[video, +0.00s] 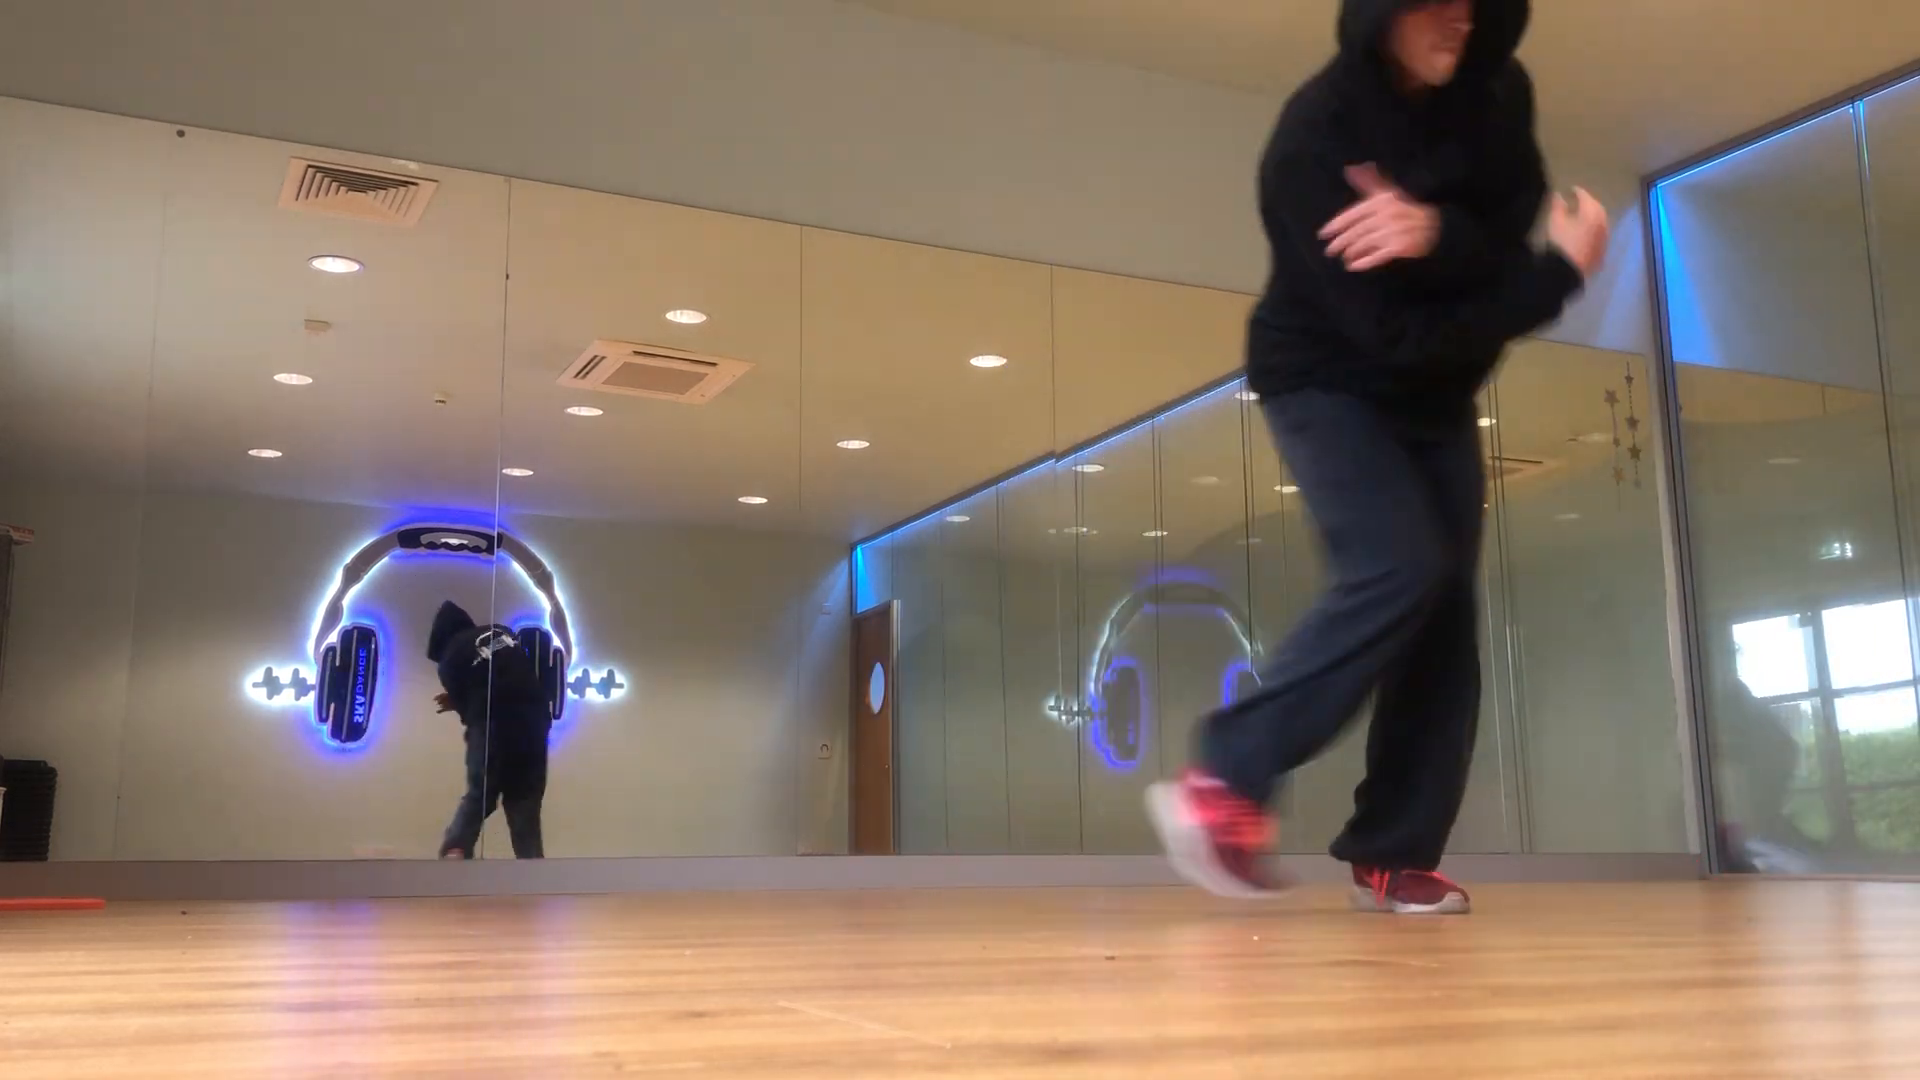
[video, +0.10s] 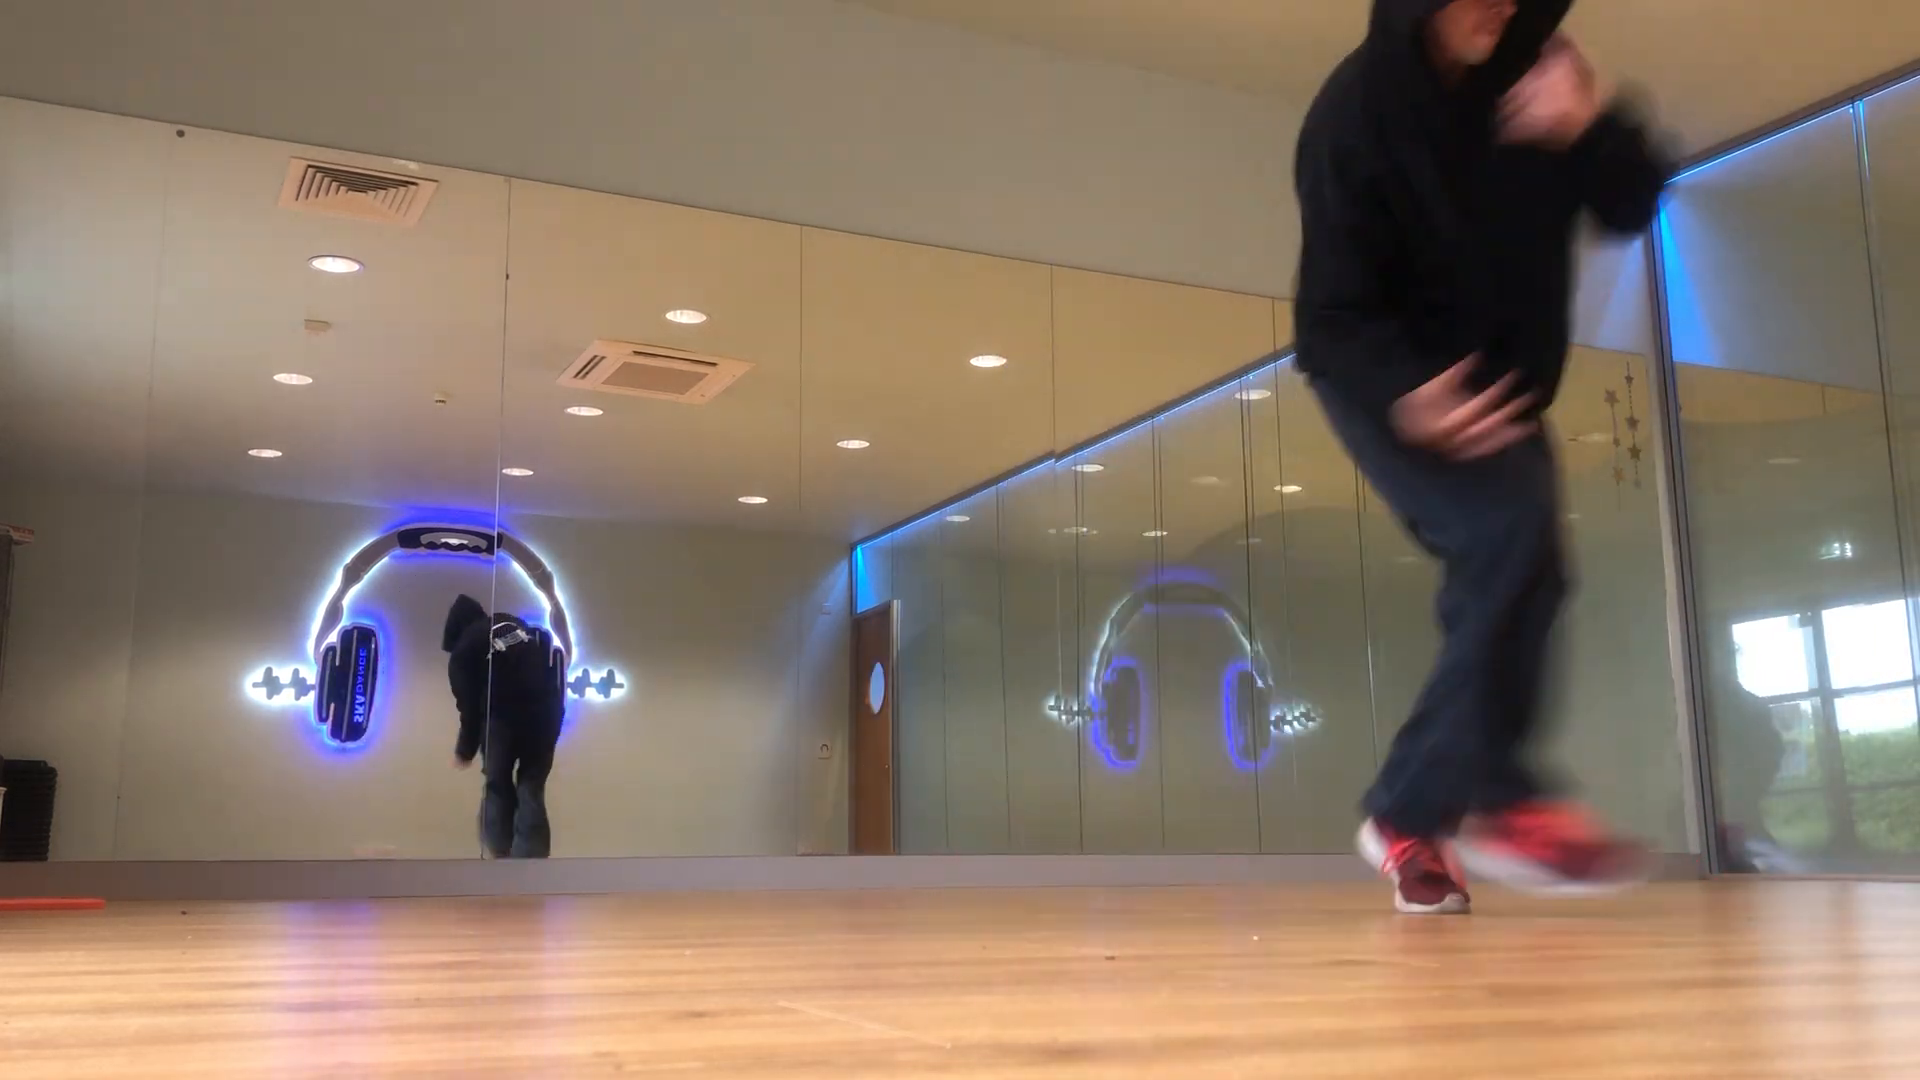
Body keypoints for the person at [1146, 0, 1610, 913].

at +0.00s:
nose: (1453, 27)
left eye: (1467, 12)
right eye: (1432, 10)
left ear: (1484, 19)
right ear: (1378, 16)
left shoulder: (1495, 92)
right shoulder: (1319, 132)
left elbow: (1518, 234)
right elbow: (1397, 328)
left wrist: (1435, 228)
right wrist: (1555, 269)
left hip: (1433, 385)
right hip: (1320, 380)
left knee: (1444, 606)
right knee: (1396, 572)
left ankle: (1392, 852)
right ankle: (1227, 775)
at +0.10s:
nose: (1491, 15)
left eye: (1505, 4)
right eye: (1472, 5)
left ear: (1522, 8)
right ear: (1427, 5)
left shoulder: (1543, 66)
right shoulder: (1361, 104)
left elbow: (1631, 204)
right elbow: (1333, 309)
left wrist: (1591, 129)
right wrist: (1401, 396)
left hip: (1502, 371)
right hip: (1385, 372)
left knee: (1523, 576)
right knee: (1500, 535)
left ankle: (1407, 815)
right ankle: (1494, 795)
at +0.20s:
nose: (1528, 5)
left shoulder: (1589, 47)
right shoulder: (1399, 91)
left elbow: (1718, 76)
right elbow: (1292, 253)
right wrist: (1273, 421)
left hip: (1566, 373)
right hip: (1454, 384)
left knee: (1619, 592)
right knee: (1644, 564)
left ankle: (1456, 798)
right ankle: (1798, 817)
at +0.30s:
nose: (1573, 16)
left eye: (1584, 3)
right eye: (1555, 0)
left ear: (1599, 11)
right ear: (1504, 4)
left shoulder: (1614, 89)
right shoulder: (1444, 124)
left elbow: (1739, 106)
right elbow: (1320, 284)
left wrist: (1799, 13)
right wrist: (1340, 427)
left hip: (1624, 413)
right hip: (1529, 424)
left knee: (1693, 662)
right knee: (1758, 569)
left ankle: (1469, 797)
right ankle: (1863, 833)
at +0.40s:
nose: (1596, 9)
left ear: (1621, 7)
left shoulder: (1599, 94)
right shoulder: (1441, 102)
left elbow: (1652, 216)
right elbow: (1395, 288)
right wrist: (1421, 462)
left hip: (1584, 417)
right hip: (1500, 420)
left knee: (1611, 645)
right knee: (1721, 588)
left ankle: (1423, 804)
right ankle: (1849, 832)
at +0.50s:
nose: (1639, 13)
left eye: (1651, 6)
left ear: (1647, 17)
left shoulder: (1557, 88)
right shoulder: (1490, 79)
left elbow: (1544, 275)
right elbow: (1493, 265)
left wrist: (1567, 425)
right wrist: (1558, 426)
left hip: (1459, 387)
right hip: (1415, 386)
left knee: (1524, 621)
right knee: (1624, 537)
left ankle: (1382, 827)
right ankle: (1687, 825)